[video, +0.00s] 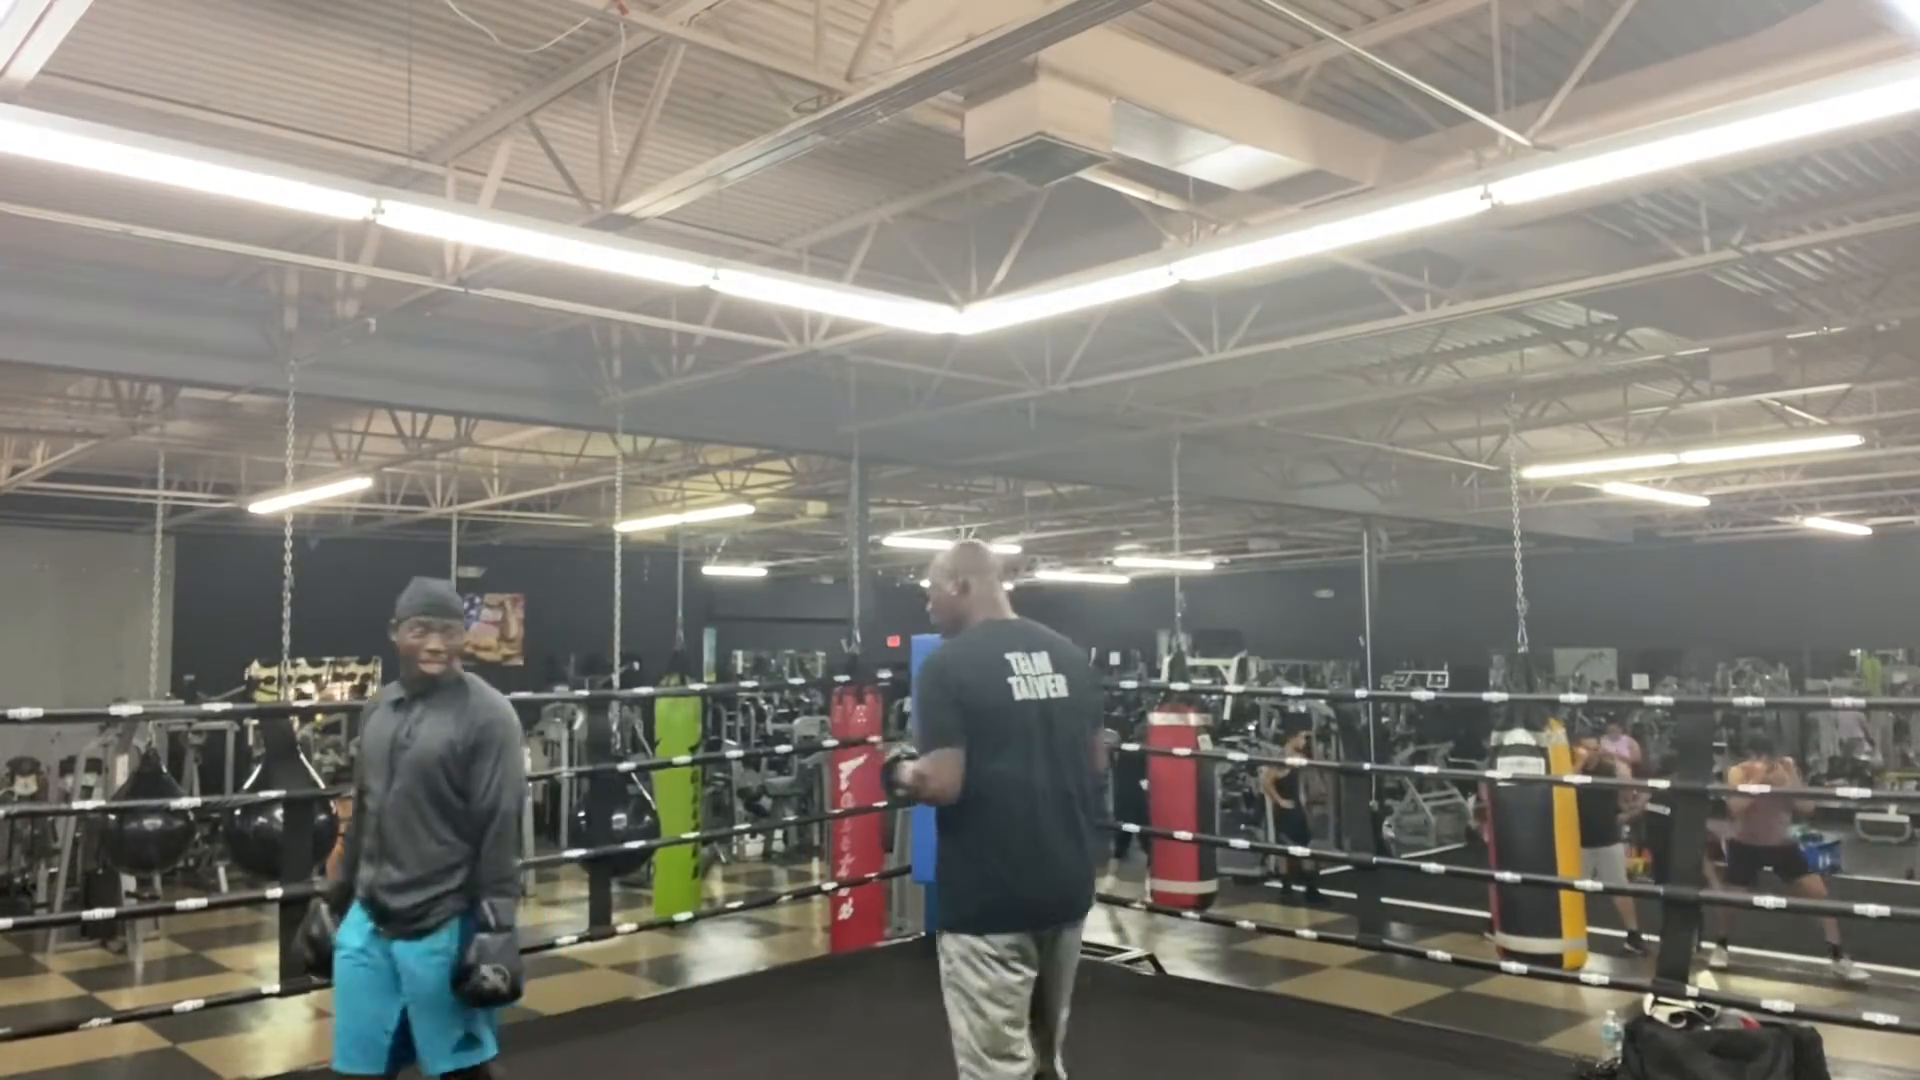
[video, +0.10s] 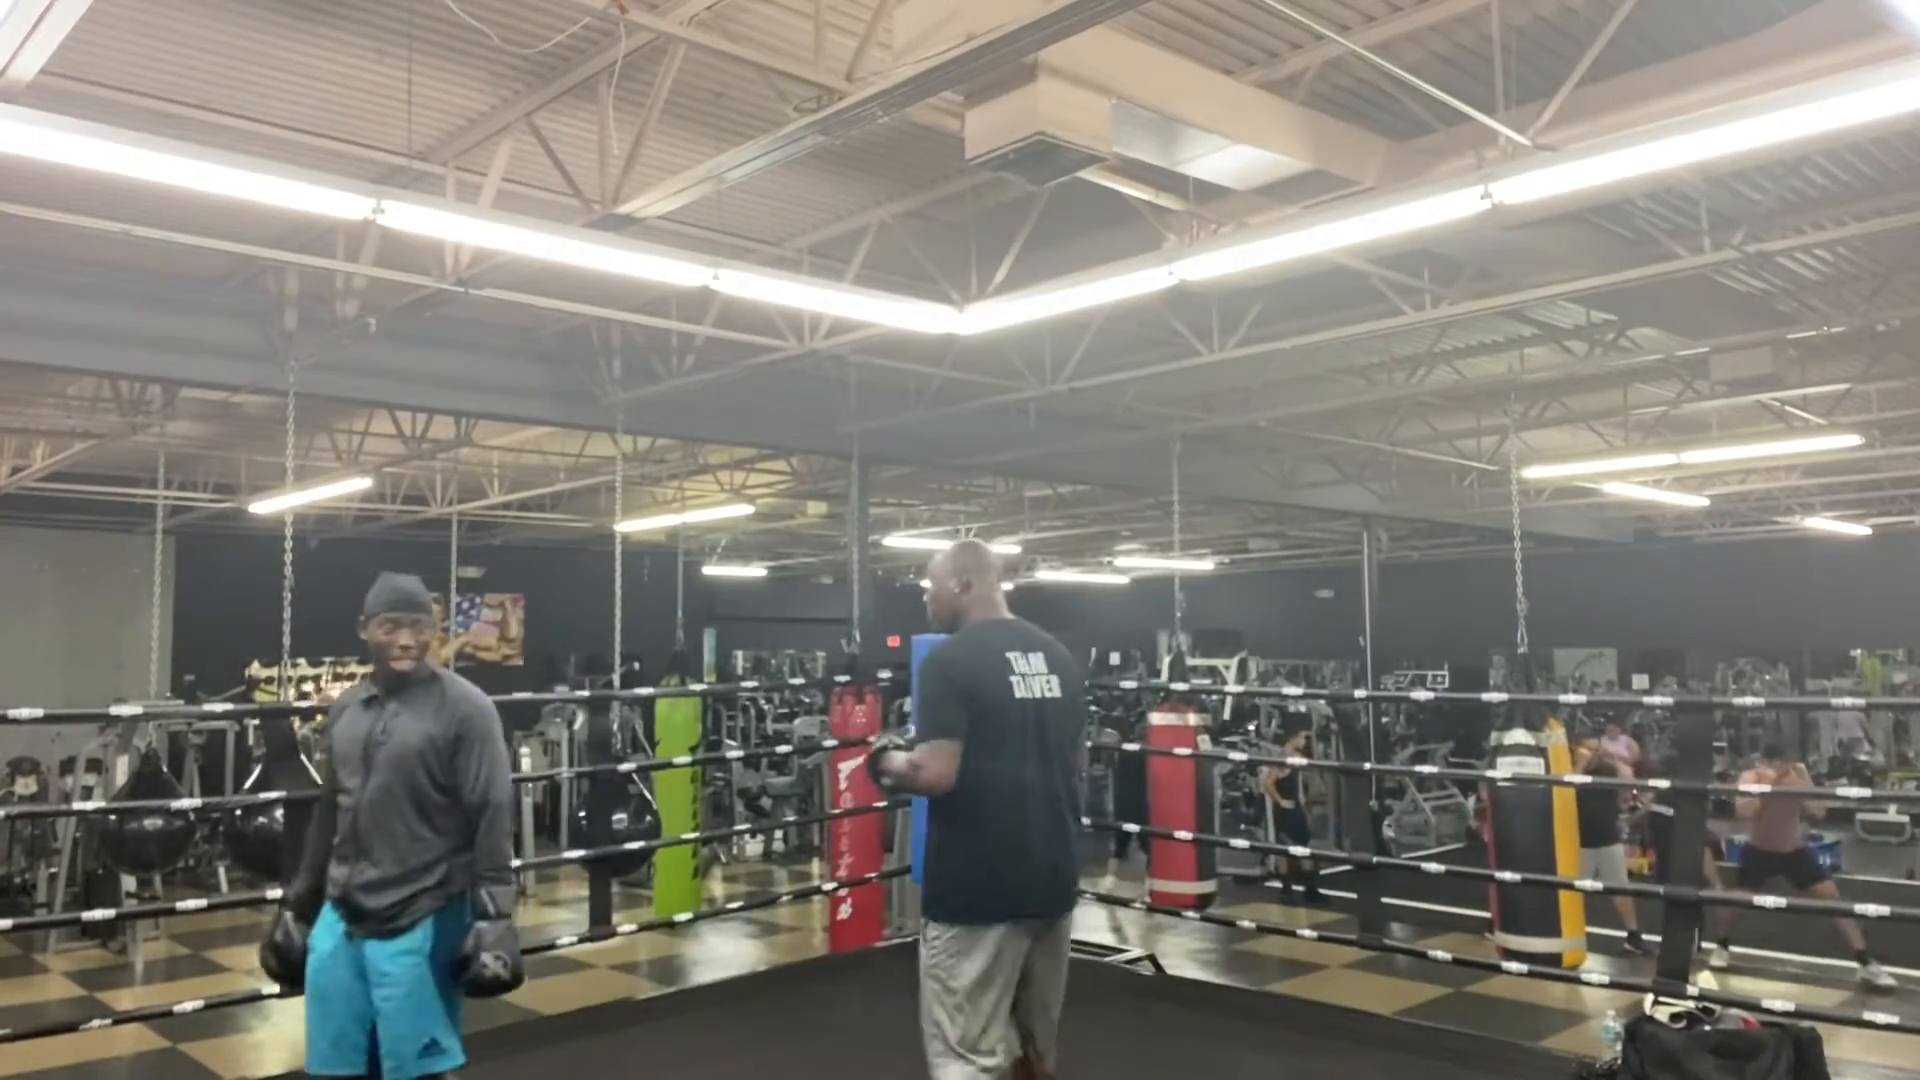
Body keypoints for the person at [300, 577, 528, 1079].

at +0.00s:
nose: (435, 645)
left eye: (447, 631)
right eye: (421, 630)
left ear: (463, 638)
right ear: (395, 635)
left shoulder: (490, 716)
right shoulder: (379, 709)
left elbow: (500, 829)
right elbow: (363, 814)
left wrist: (497, 930)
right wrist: (333, 900)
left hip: (445, 926)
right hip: (368, 921)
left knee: (461, 1067)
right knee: (357, 1067)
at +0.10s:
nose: (405, 640)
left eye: (417, 626)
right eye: (391, 626)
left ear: (433, 633)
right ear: (365, 632)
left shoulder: (467, 709)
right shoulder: (346, 709)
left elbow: (494, 815)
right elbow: (328, 814)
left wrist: (496, 918)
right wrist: (296, 909)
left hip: (424, 915)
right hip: (343, 913)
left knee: (417, 1064)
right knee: (334, 1064)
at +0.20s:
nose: (384, 638)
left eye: (395, 624)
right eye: (368, 624)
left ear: (411, 631)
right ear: (340, 632)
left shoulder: (447, 711)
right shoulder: (316, 715)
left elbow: (479, 812)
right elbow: (293, 824)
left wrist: (484, 916)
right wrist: (264, 921)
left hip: (400, 925)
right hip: (320, 921)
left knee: (372, 1067)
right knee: (306, 1067)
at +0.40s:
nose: (347, 634)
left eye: (360, 620)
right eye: (331, 620)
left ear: (375, 627)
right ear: (304, 628)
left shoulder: (412, 708)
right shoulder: (278, 714)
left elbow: (436, 819)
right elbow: (250, 822)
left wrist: (444, 920)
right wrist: (208, 915)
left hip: (368, 919)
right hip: (290, 921)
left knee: (309, 1067)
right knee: (275, 1068)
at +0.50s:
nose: (321, 636)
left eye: (335, 623)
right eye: (305, 622)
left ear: (352, 630)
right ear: (280, 630)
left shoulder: (391, 712)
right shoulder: (255, 714)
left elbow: (413, 830)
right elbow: (227, 827)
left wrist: (413, 933)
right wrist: (182, 915)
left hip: (346, 928)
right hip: (270, 929)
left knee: (291, 1068)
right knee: (262, 1068)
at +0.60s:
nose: (285, 641)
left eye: (302, 627)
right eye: (272, 626)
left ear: (332, 633)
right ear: (256, 635)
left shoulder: (372, 721)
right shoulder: (238, 715)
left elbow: (390, 843)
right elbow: (208, 830)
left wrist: (396, 946)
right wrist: (161, 920)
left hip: (322, 939)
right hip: (247, 938)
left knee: (266, 1070)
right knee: (251, 1069)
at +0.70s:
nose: (228, 638)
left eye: (248, 623)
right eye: (225, 622)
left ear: (297, 629)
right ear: (220, 627)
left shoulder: (347, 727)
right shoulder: (216, 712)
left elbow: (365, 854)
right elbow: (186, 827)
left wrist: (364, 968)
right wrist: (140, 922)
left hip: (283, 950)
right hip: (210, 950)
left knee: (230, 1068)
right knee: (210, 1068)